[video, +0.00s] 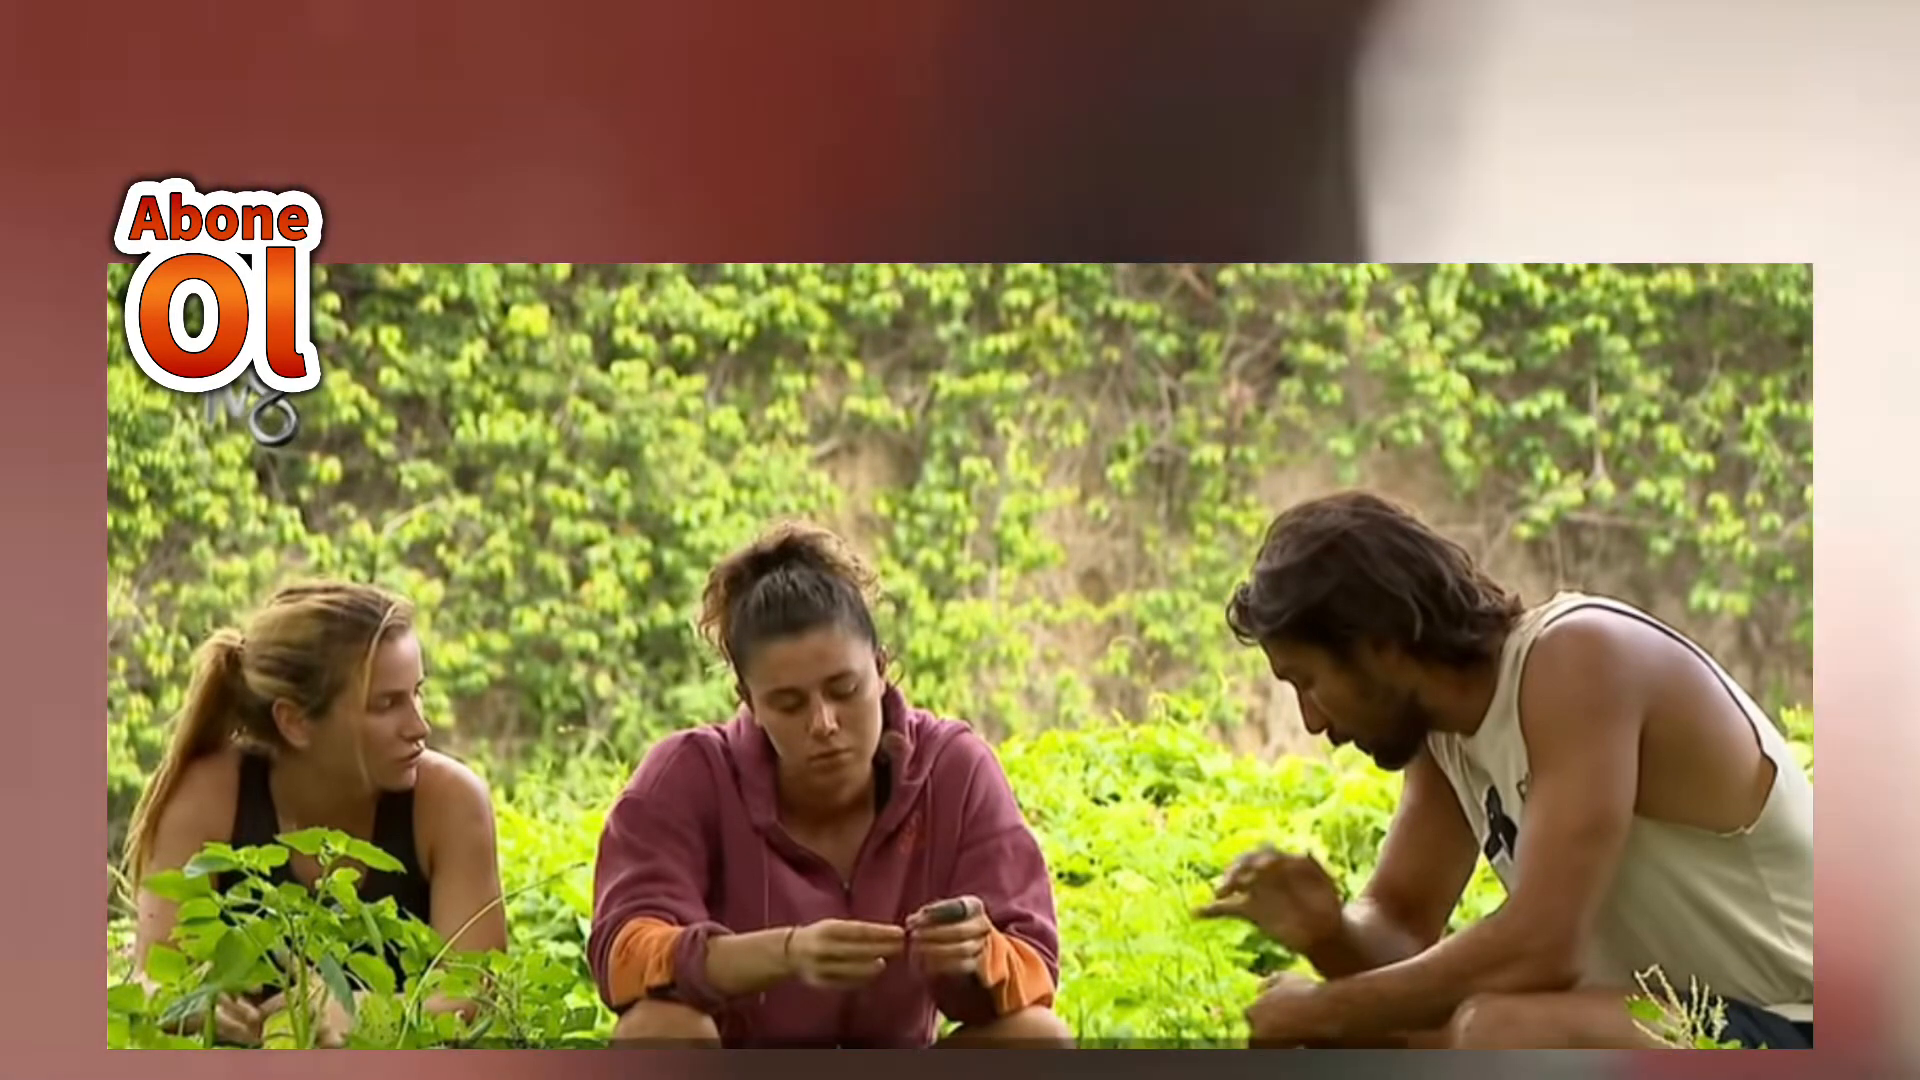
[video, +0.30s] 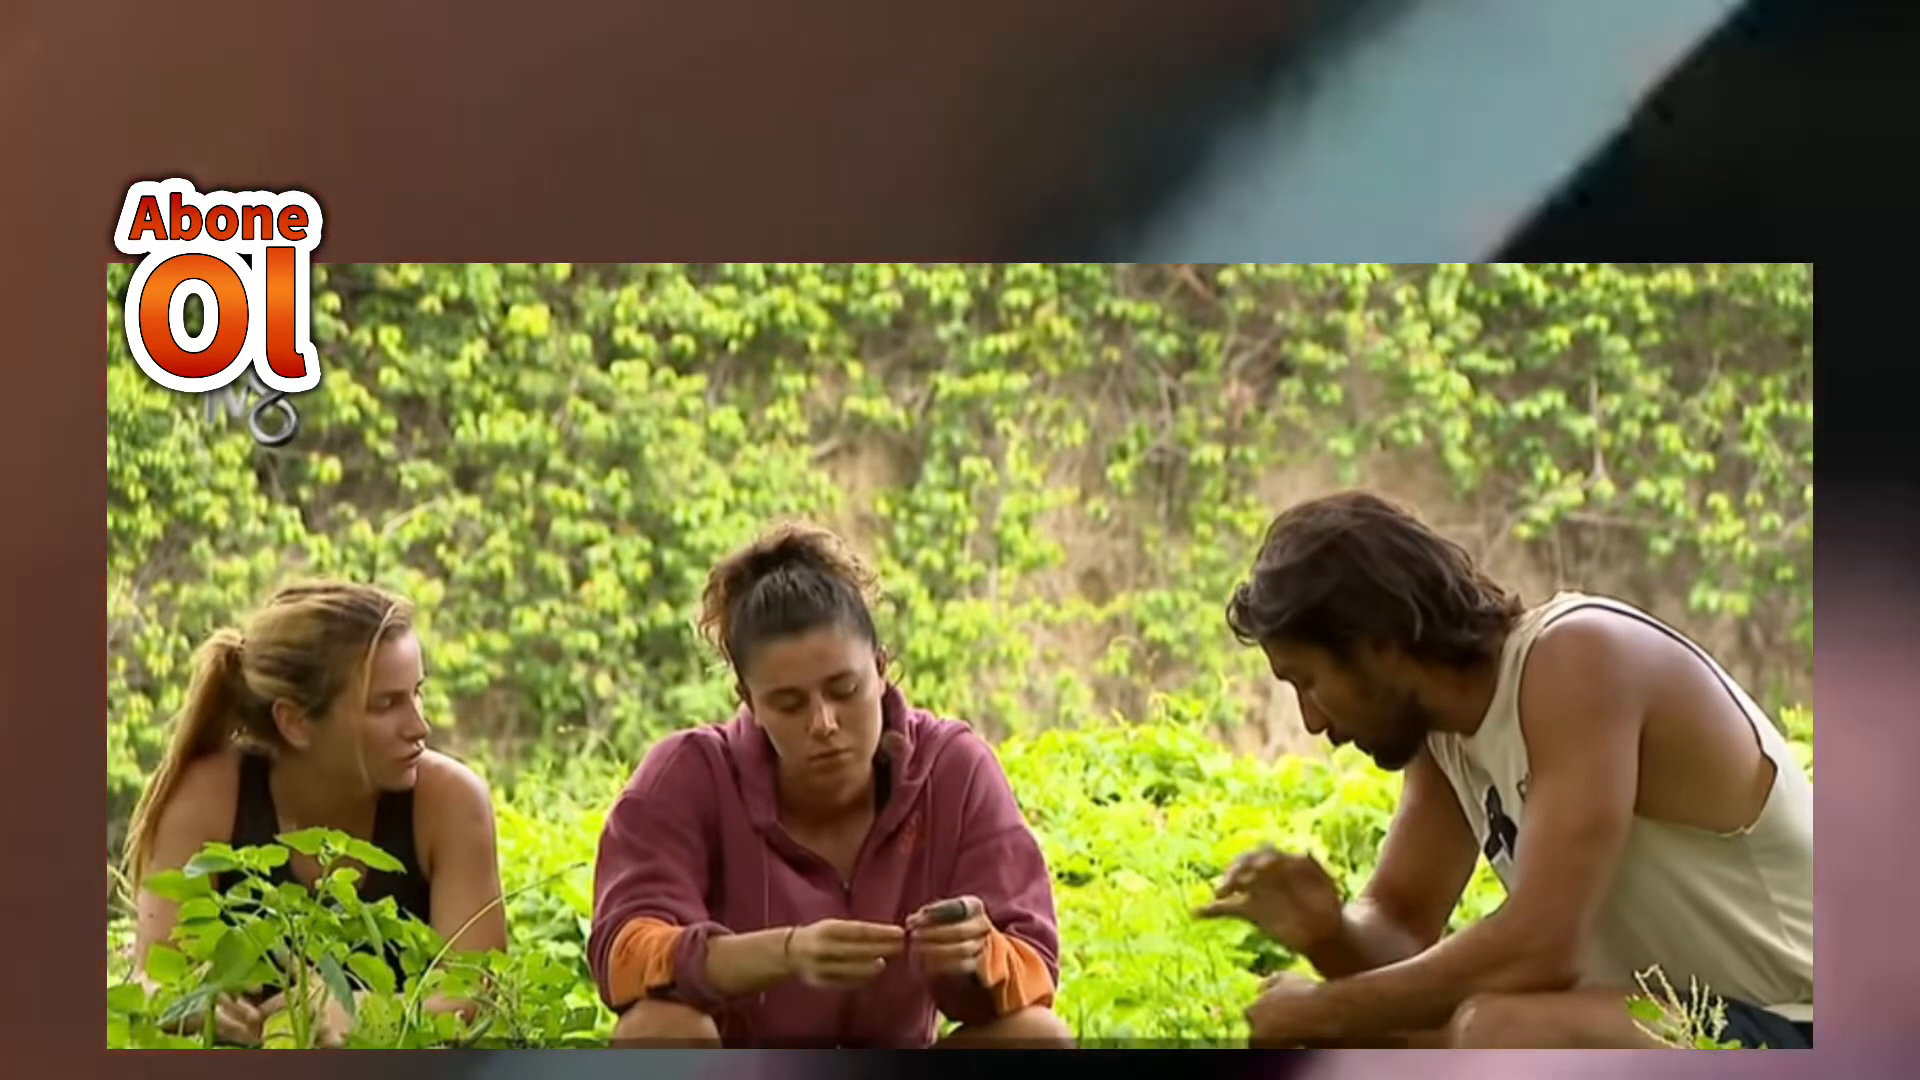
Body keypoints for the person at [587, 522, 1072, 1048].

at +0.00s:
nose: (824, 725)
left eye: (844, 690)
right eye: (789, 703)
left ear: (880, 669)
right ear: (747, 699)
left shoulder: (955, 766)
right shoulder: (687, 773)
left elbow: (1030, 970)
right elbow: (629, 957)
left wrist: (978, 953)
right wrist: (787, 952)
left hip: (897, 1059)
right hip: (738, 1061)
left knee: (1037, 1036)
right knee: (660, 1026)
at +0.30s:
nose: (824, 725)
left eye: (844, 690)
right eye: (789, 703)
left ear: (880, 669)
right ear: (747, 699)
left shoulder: (955, 766)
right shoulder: (687, 773)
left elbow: (1031, 970)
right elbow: (628, 957)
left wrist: (977, 953)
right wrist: (787, 952)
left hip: (901, 1050)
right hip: (738, 1062)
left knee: (1037, 1034)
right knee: (658, 1027)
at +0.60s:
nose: (824, 725)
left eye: (844, 690)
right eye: (789, 703)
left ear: (880, 669)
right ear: (747, 699)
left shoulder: (955, 766)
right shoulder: (687, 774)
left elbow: (1031, 971)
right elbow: (629, 957)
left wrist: (977, 953)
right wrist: (787, 952)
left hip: (899, 1043)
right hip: (739, 1044)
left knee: (1037, 1034)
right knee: (659, 1025)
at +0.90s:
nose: (824, 725)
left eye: (844, 690)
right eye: (789, 703)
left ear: (880, 669)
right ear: (747, 699)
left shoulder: (955, 766)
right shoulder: (687, 773)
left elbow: (1031, 970)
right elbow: (628, 957)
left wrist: (978, 953)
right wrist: (787, 952)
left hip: (898, 1044)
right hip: (739, 1044)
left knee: (1037, 1034)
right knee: (659, 1025)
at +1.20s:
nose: (824, 725)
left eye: (844, 690)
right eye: (789, 703)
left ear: (880, 669)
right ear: (747, 699)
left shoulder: (956, 766)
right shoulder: (687, 774)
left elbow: (1031, 970)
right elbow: (628, 957)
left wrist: (977, 953)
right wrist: (786, 952)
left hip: (898, 1046)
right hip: (739, 1047)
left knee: (1037, 1034)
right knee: (658, 1025)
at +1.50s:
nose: (824, 725)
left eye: (844, 690)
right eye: (789, 703)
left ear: (880, 669)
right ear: (747, 699)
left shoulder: (955, 766)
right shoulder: (687, 773)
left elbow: (1031, 971)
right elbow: (629, 957)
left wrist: (978, 953)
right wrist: (787, 952)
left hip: (899, 1049)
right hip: (740, 1052)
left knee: (1037, 1034)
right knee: (658, 1025)